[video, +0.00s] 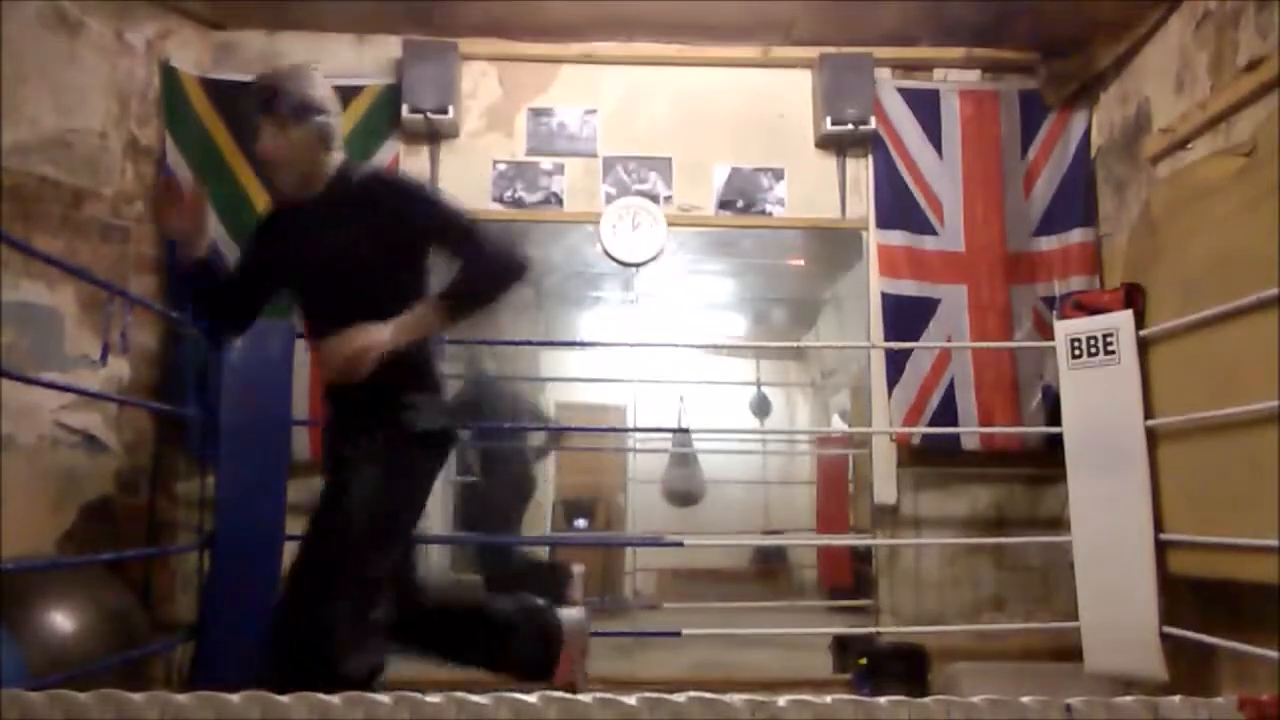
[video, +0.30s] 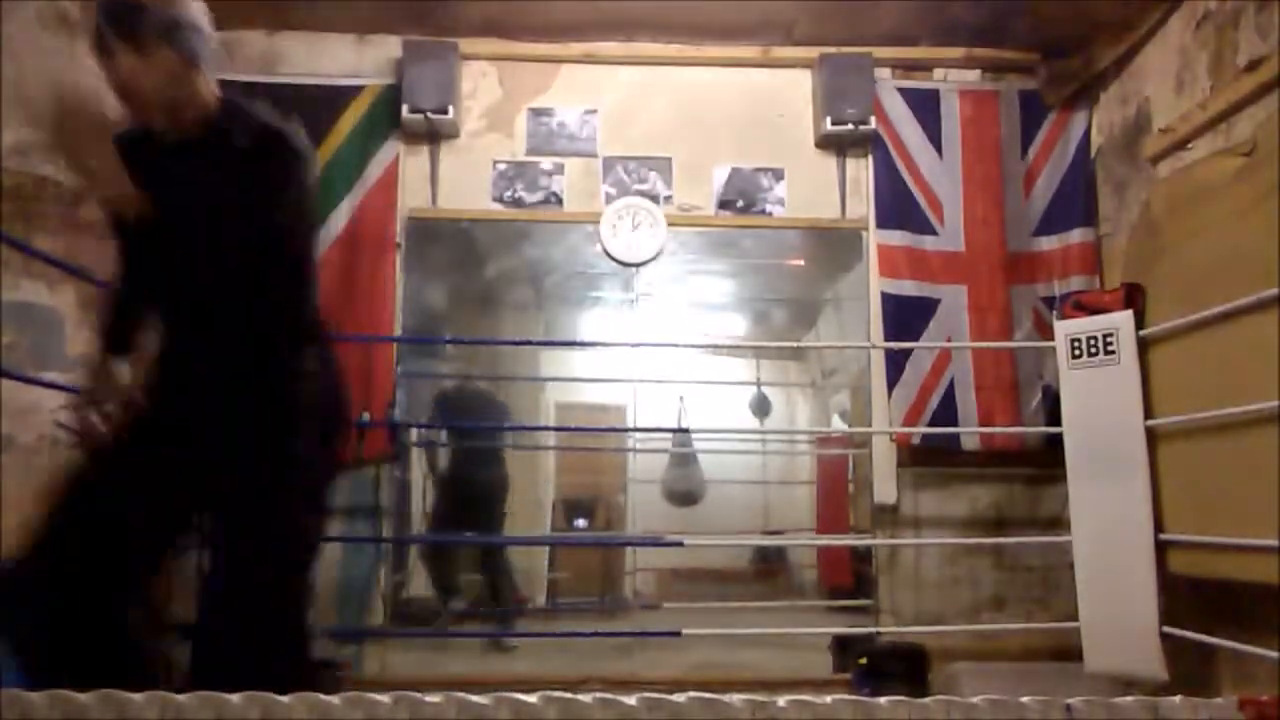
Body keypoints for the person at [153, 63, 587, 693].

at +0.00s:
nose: (261, 147)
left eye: (276, 129)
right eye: (260, 131)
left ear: (319, 132)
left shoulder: (385, 196)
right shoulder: (285, 225)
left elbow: (499, 262)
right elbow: (228, 317)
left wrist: (394, 331)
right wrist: (194, 245)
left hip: (409, 421)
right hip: (351, 425)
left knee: (319, 602)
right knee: (381, 604)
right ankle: (543, 639)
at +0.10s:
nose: (221, 157)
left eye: (241, 138)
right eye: (216, 139)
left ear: (289, 145)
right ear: (210, 145)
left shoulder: (355, 238)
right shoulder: (221, 247)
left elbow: (430, 363)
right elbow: (192, 373)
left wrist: (295, 383)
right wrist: (159, 350)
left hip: (363, 454)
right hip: (270, 453)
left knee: (308, 645)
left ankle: (482, 664)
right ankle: (482, 663)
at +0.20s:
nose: (176, 139)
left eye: (195, 118)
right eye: (164, 121)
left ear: (244, 123)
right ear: (155, 129)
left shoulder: (320, 226)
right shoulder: (178, 223)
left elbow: (310, 372)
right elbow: (181, 354)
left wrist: (168, 314)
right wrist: (151, 451)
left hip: (331, 453)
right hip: (239, 446)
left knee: (268, 646)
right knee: (185, 637)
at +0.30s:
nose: (114, 81)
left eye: (122, 60)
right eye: (108, 63)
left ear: (172, 55)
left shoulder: (271, 151)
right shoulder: (142, 154)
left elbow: (267, 315)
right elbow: (141, 271)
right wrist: (112, 364)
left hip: (281, 407)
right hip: (186, 396)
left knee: (252, 622)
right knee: (62, 578)